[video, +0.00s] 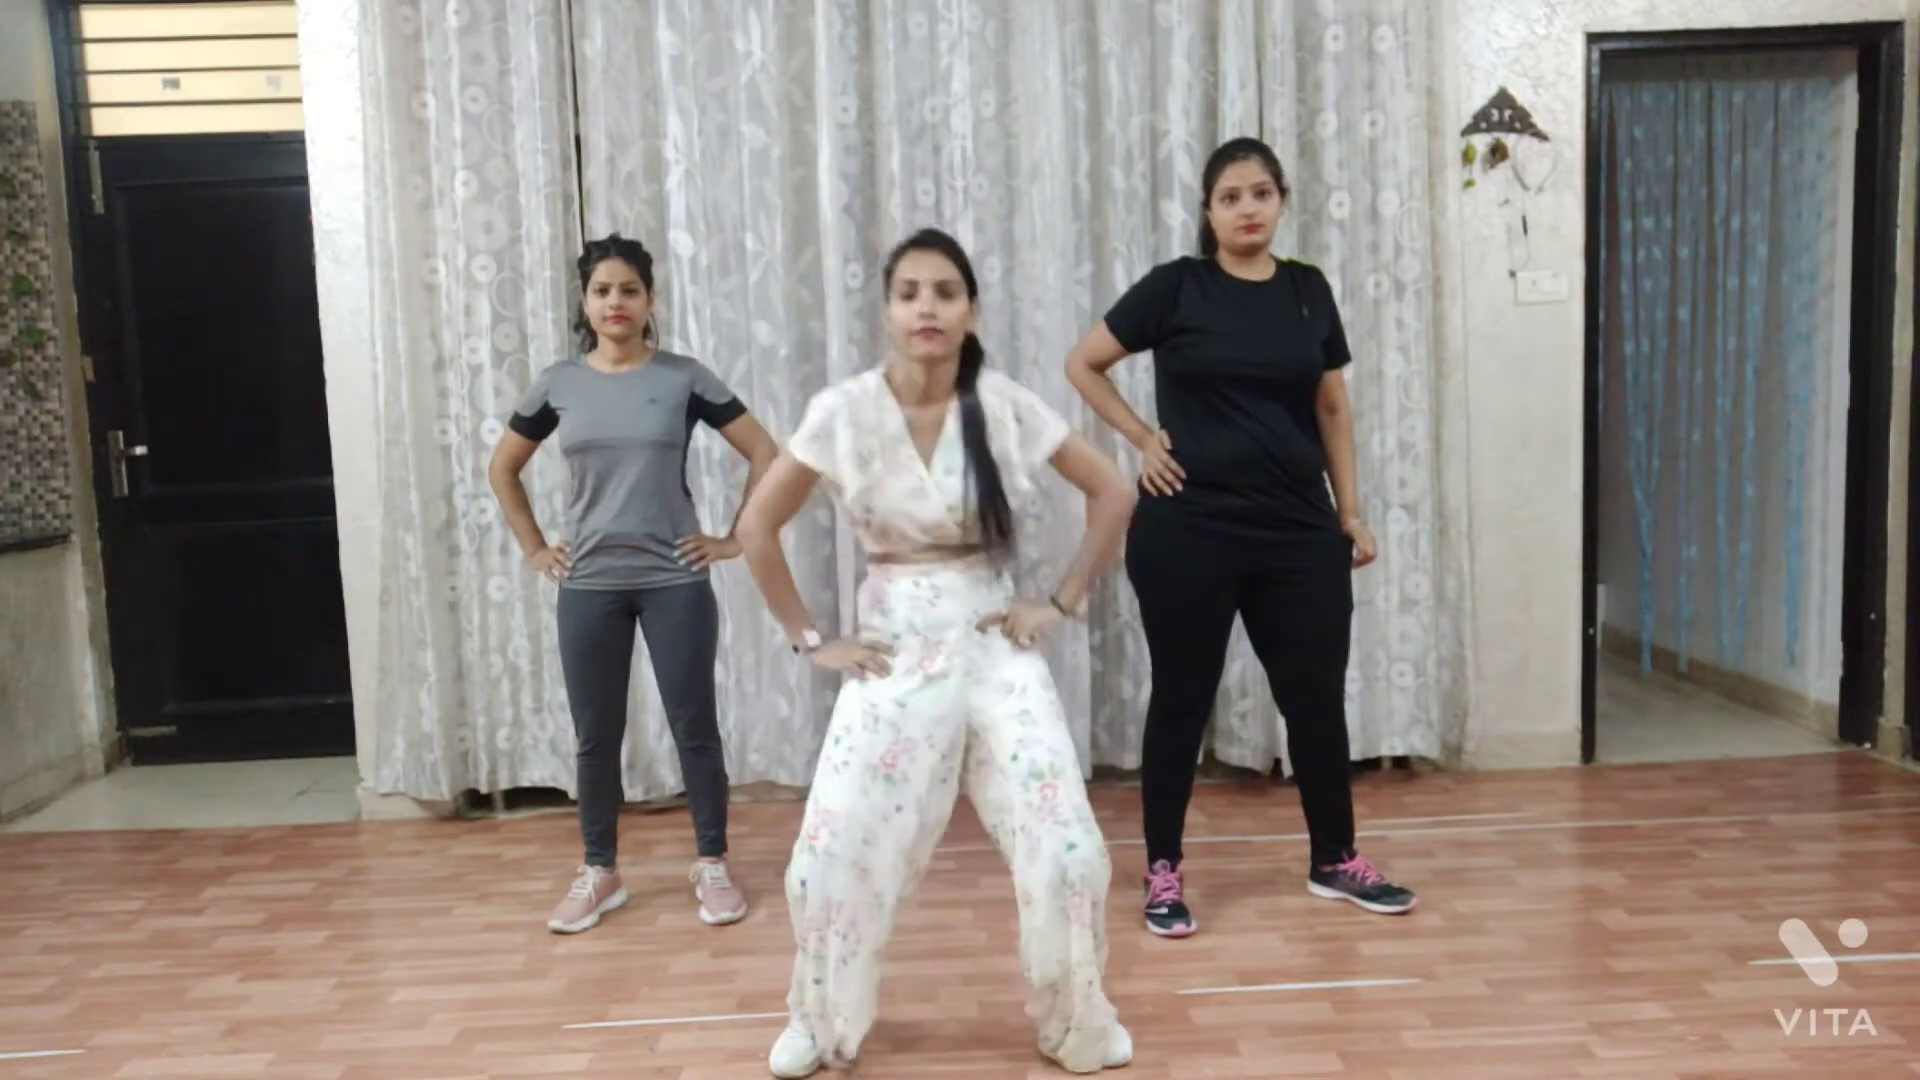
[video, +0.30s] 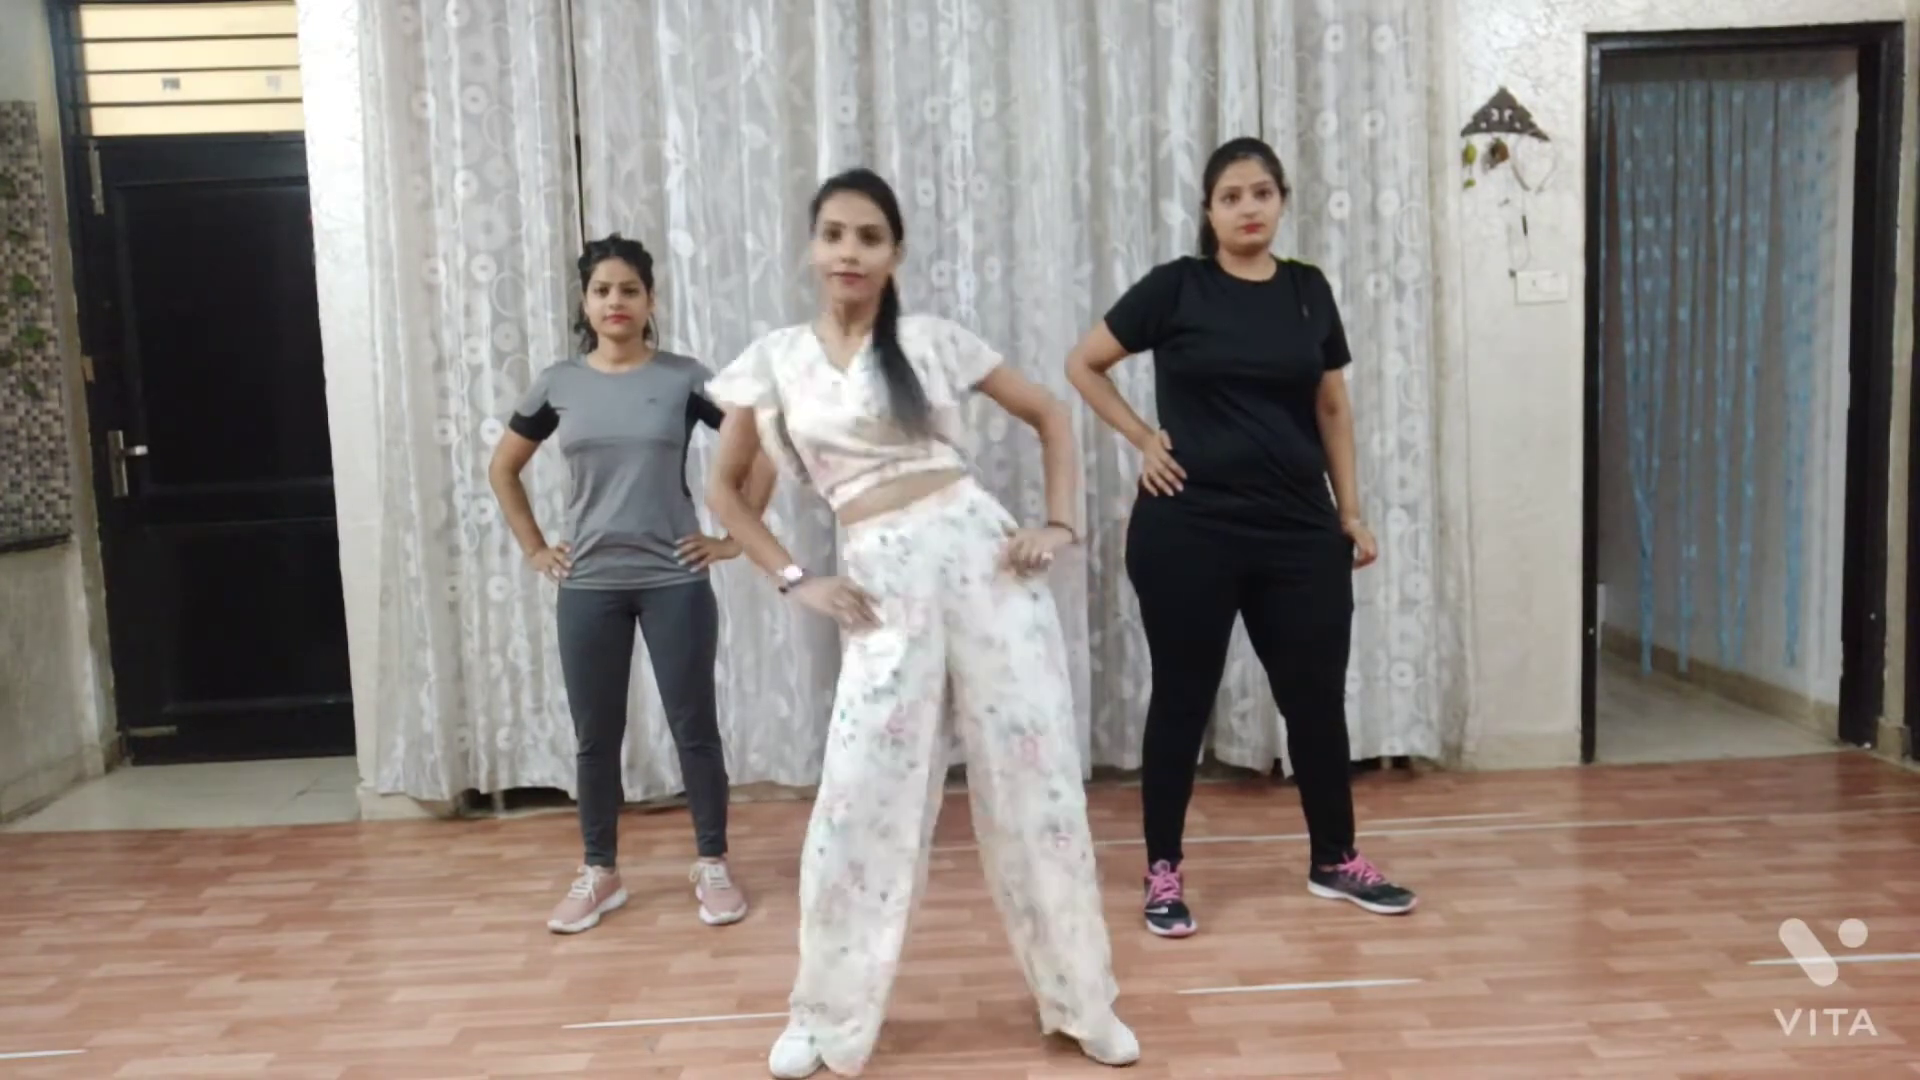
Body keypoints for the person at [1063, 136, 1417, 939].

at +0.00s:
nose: (1249, 209)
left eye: (1262, 194)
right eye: (1232, 196)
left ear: (1282, 203)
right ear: (1208, 209)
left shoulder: (1307, 289)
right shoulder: (1175, 288)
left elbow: (1334, 408)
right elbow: (1082, 365)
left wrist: (1349, 512)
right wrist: (1143, 438)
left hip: (1296, 528)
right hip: (1188, 526)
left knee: (1317, 698)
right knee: (1182, 699)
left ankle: (1336, 860)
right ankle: (1163, 870)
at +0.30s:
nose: (1249, 208)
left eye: (1262, 194)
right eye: (1232, 196)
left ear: (1282, 203)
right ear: (1208, 208)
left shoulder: (1307, 290)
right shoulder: (1175, 288)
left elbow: (1334, 408)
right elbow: (1082, 364)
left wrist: (1349, 512)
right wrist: (1143, 438)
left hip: (1297, 528)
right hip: (1189, 526)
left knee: (1318, 699)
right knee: (1182, 700)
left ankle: (1336, 860)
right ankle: (1163, 870)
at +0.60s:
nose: (1249, 208)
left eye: (1262, 194)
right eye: (1233, 196)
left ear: (1282, 203)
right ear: (1208, 208)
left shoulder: (1307, 290)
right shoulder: (1175, 288)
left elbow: (1334, 409)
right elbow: (1082, 365)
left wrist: (1350, 512)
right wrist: (1143, 439)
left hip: (1297, 528)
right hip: (1189, 526)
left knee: (1318, 699)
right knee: (1181, 701)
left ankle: (1336, 860)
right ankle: (1163, 871)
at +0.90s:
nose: (1248, 207)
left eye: (1262, 193)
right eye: (1232, 195)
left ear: (1283, 203)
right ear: (1207, 207)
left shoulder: (1308, 292)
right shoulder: (1170, 288)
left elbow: (1333, 408)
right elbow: (1099, 362)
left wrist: (1349, 513)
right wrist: (1138, 438)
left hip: (1298, 530)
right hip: (1188, 528)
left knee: (1317, 702)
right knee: (1181, 702)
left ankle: (1335, 861)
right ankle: (1164, 870)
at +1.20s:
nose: (1249, 208)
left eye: (1263, 194)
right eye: (1233, 196)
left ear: (1283, 203)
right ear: (1209, 208)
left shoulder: (1310, 292)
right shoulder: (1174, 290)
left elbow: (1335, 410)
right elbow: (1077, 366)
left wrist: (1349, 512)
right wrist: (1130, 437)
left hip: (1296, 530)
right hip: (1187, 527)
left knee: (1317, 700)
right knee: (1181, 698)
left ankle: (1335, 861)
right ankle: (1165, 870)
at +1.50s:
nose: (1249, 208)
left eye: (1263, 193)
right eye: (1233, 196)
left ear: (1283, 203)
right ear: (1209, 208)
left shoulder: (1309, 291)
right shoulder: (1174, 290)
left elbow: (1335, 411)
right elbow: (1077, 371)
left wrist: (1349, 513)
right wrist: (1140, 436)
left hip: (1297, 530)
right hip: (1188, 528)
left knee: (1317, 700)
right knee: (1180, 703)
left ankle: (1335, 861)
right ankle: (1164, 870)